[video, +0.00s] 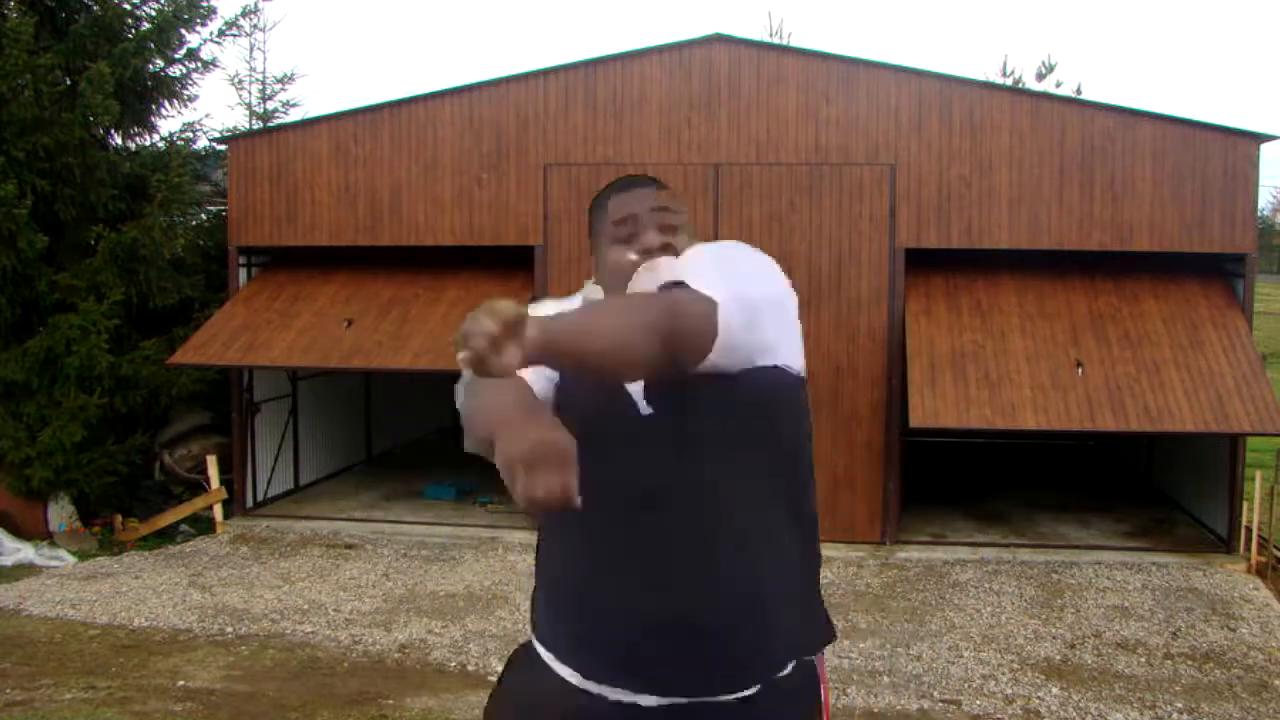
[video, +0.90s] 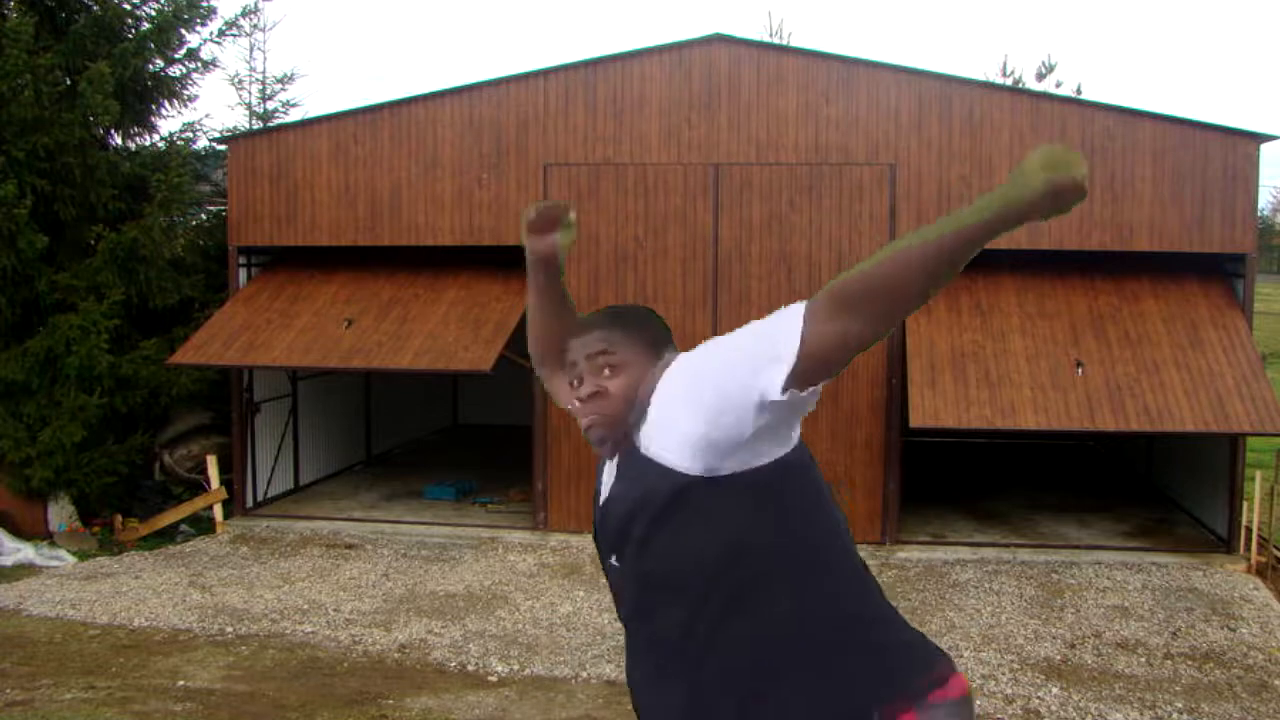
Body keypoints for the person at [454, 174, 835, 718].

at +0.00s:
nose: (653, 244)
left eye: (669, 229)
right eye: (627, 236)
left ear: (692, 238)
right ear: (594, 264)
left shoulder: (744, 274)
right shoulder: (554, 322)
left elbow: (664, 330)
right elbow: (493, 385)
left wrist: (532, 337)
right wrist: (522, 429)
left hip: (756, 685)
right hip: (578, 681)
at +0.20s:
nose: (729, 239)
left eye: (744, 223)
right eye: (705, 230)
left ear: (771, 236)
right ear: (676, 254)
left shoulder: (826, 295)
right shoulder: (631, 346)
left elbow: (896, 434)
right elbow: (544, 454)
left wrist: (1000, 576)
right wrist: (475, 569)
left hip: (842, 659)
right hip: (690, 671)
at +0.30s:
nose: (676, 278)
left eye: (695, 261)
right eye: (659, 271)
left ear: (738, 273)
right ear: (647, 294)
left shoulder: (788, 318)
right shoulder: (630, 357)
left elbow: (960, 341)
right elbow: (541, 350)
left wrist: (1163, 322)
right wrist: (505, 374)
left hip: (891, 649)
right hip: (750, 670)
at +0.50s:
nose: (657, 363)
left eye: (677, 341)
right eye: (643, 353)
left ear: (728, 346)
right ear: (638, 371)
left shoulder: (781, 375)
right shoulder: (662, 453)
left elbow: (904, 275)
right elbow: (612, 370)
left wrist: (1032, 147)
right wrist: (642, 279)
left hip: (935, 667)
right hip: (813, 706)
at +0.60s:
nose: (655, 382)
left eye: (673, 359)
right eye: (644, 375)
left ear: (730, 352)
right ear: (639, 394)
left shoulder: (775, 372)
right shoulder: (660, 473)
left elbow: (849, 300)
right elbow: (566, 438)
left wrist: (921, 215)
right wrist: (577, 363)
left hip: (953, 692)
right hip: (800, 713)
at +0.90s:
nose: (586, 385)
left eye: (604, 361)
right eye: (571, 376)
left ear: (662, 364)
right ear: (563, 394)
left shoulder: (698, 398)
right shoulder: (618, 461)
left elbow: (845, 315)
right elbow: (555, 364)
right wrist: (541, 267)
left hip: (883, 704)